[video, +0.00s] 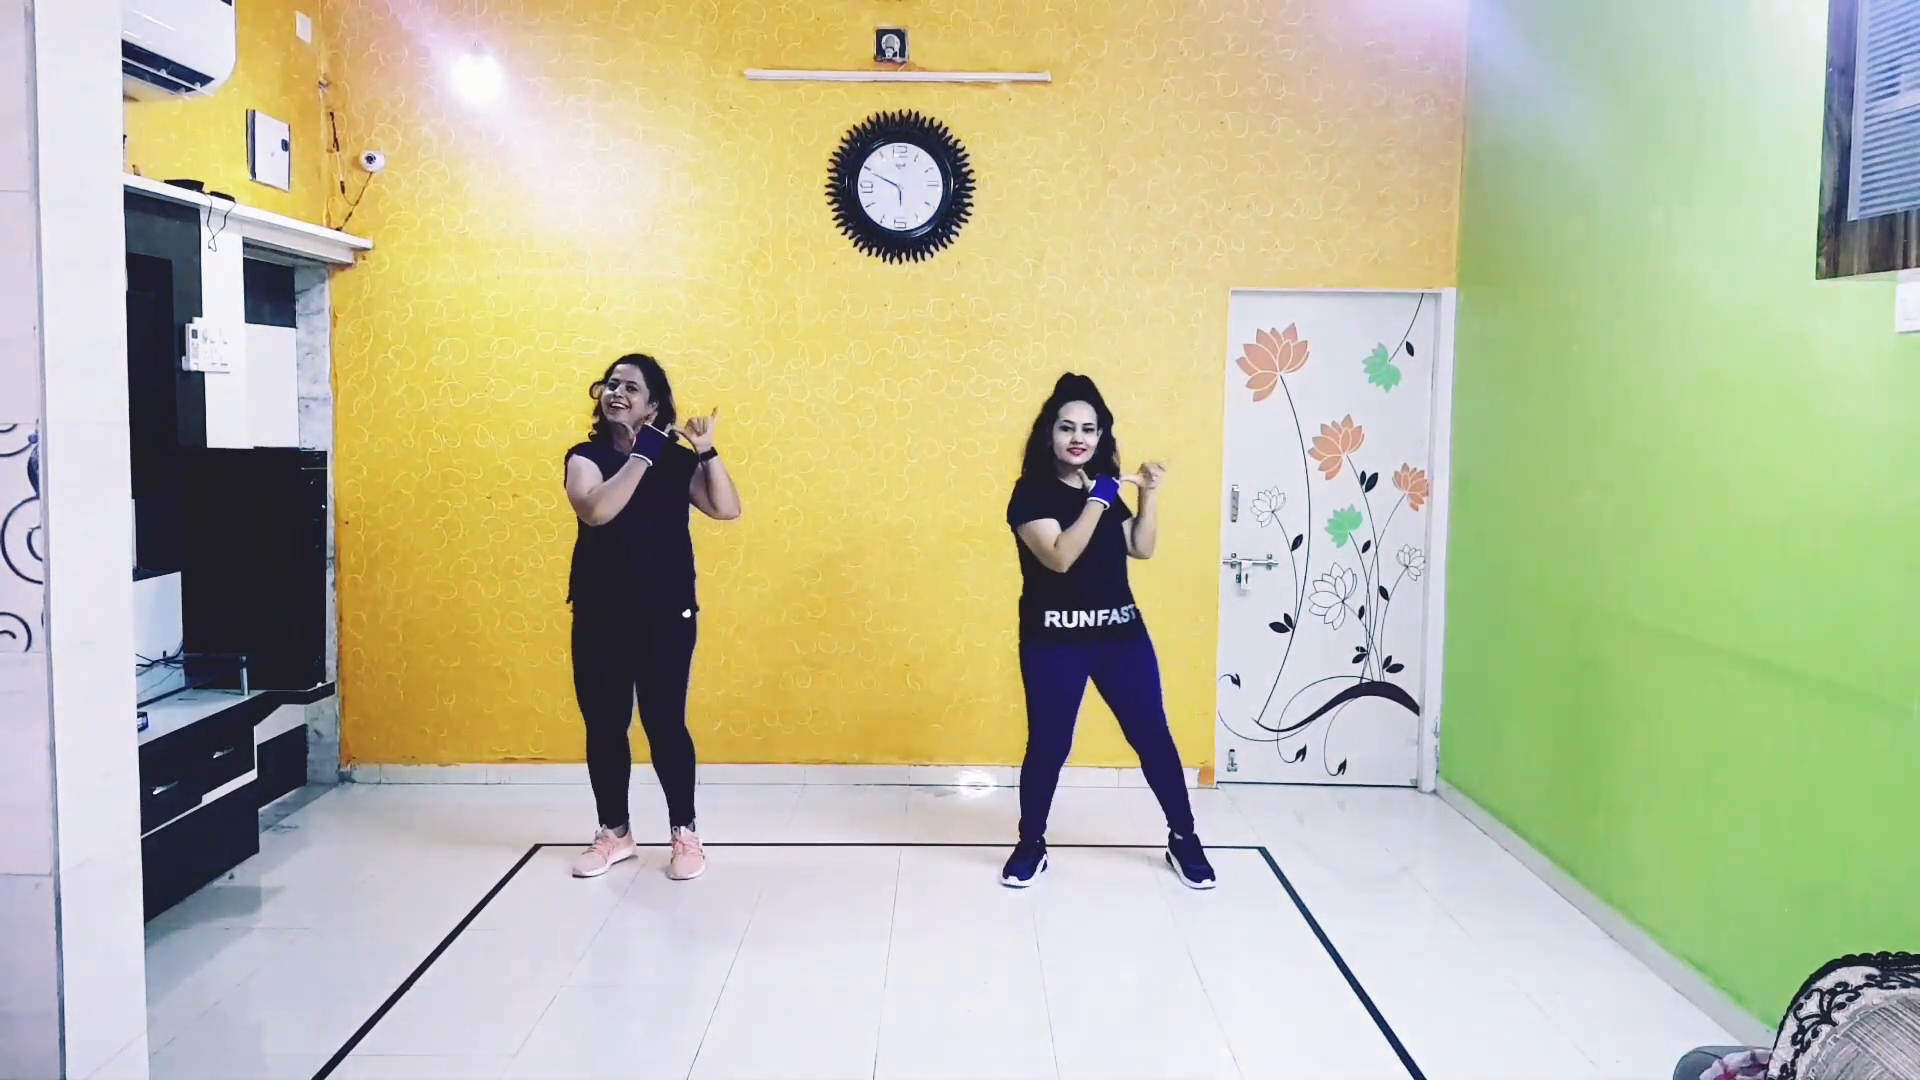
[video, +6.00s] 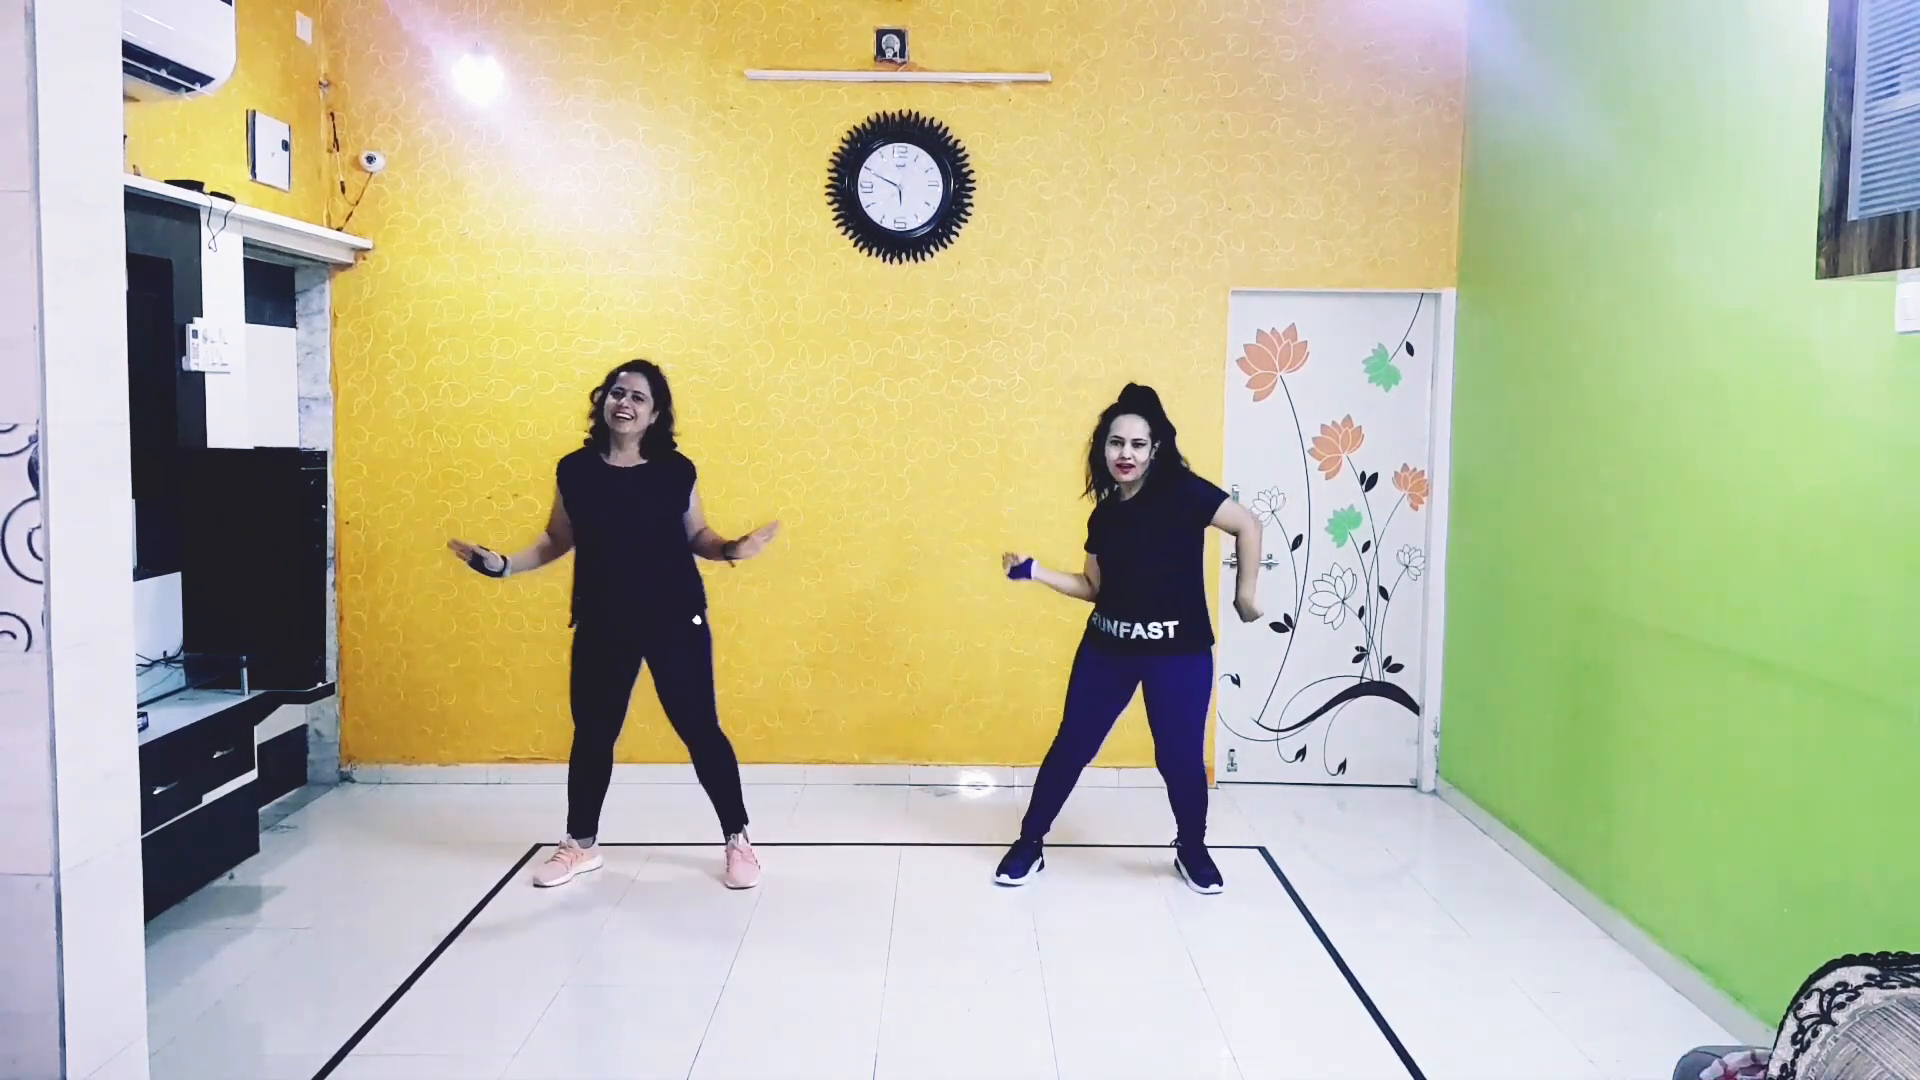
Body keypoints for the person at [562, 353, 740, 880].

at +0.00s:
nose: (617, 393)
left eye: (630, 387)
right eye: (612, 385)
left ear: (656, 403)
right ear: (601, 397)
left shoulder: (675, 457)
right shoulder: (585, 456)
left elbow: (727, 509)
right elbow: (595, 511)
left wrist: (708, 450)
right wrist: (642, 454)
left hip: (666, 611)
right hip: (601, 611)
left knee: (665, 721)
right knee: (604, 726)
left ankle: (684, 833)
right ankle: (614, 833)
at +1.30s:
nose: (615, 393)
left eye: (628, 386)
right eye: (611, 386)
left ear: (655, 401)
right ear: (602, 399)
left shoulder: (685, 467)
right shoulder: (586, 461)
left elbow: (716, 512)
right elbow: (568, 523)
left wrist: (718, 526)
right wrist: (600, 459)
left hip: (658, 618)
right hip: (590, 616)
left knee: (662, 725)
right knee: (593, 727)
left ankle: (693, 833)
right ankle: (593, 840)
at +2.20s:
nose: (645, 411)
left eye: (660, 406)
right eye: (642, 402)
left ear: (682, 424)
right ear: (628, 413)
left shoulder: (705, 481)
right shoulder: (611, 477)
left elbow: (737, 541)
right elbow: (595, 534)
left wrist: (770, 587)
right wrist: (620, 462)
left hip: (712, 629)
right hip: (645, 632)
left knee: (709, 732)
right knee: (624, 736)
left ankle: (711, 839)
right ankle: (632, 844)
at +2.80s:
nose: (605, 395)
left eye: (621, 390)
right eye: (605, 387)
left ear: (646, 413)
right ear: (597, 401)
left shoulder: (674, 467)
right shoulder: (579, 463)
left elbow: (698, 536)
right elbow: (548, 522)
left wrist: (700, 606)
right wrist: (572, 446)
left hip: (642, 624)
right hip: (573, 620)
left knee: (647, 735)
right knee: (577, 735)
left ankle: (691, 836)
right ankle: (580, 845)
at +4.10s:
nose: (627, 403)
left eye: (642, 399)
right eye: (622, 394)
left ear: (663, 416)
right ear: (609, 406)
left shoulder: (685, 478)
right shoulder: (584, 472)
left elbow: (704, 540)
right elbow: (538, 541)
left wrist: (713, 562)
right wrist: (568, 511)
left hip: (653, 628)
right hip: (583, 625)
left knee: (665, 737)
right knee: (580, 734)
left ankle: (706, 845)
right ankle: (575, 841)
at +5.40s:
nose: (624, 403)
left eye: (637, 398)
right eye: (616, 393)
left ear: (655, 411)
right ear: (600, 403)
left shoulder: (680, 464)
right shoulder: (585, 476)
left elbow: (714, 520)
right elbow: (577, 550)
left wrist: (726, 528)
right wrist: (522, 572)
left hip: (662, 623)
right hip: (592, 623)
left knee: (679, 734)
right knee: (586, 735)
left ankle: (713, 841)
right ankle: (580, 843)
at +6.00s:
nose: (624, 402)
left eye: (637, 397)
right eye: (617, 393)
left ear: (656, 412)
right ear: (602, 402)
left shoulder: (675, 472)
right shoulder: (576, 470)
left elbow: (697, 535)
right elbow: (557, 539)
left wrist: (730, 548)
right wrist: (505, 564)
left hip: (674, 622)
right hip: (604, 623)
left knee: (700, 729)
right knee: (592, 735)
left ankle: (737, 840)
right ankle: (580, 844)